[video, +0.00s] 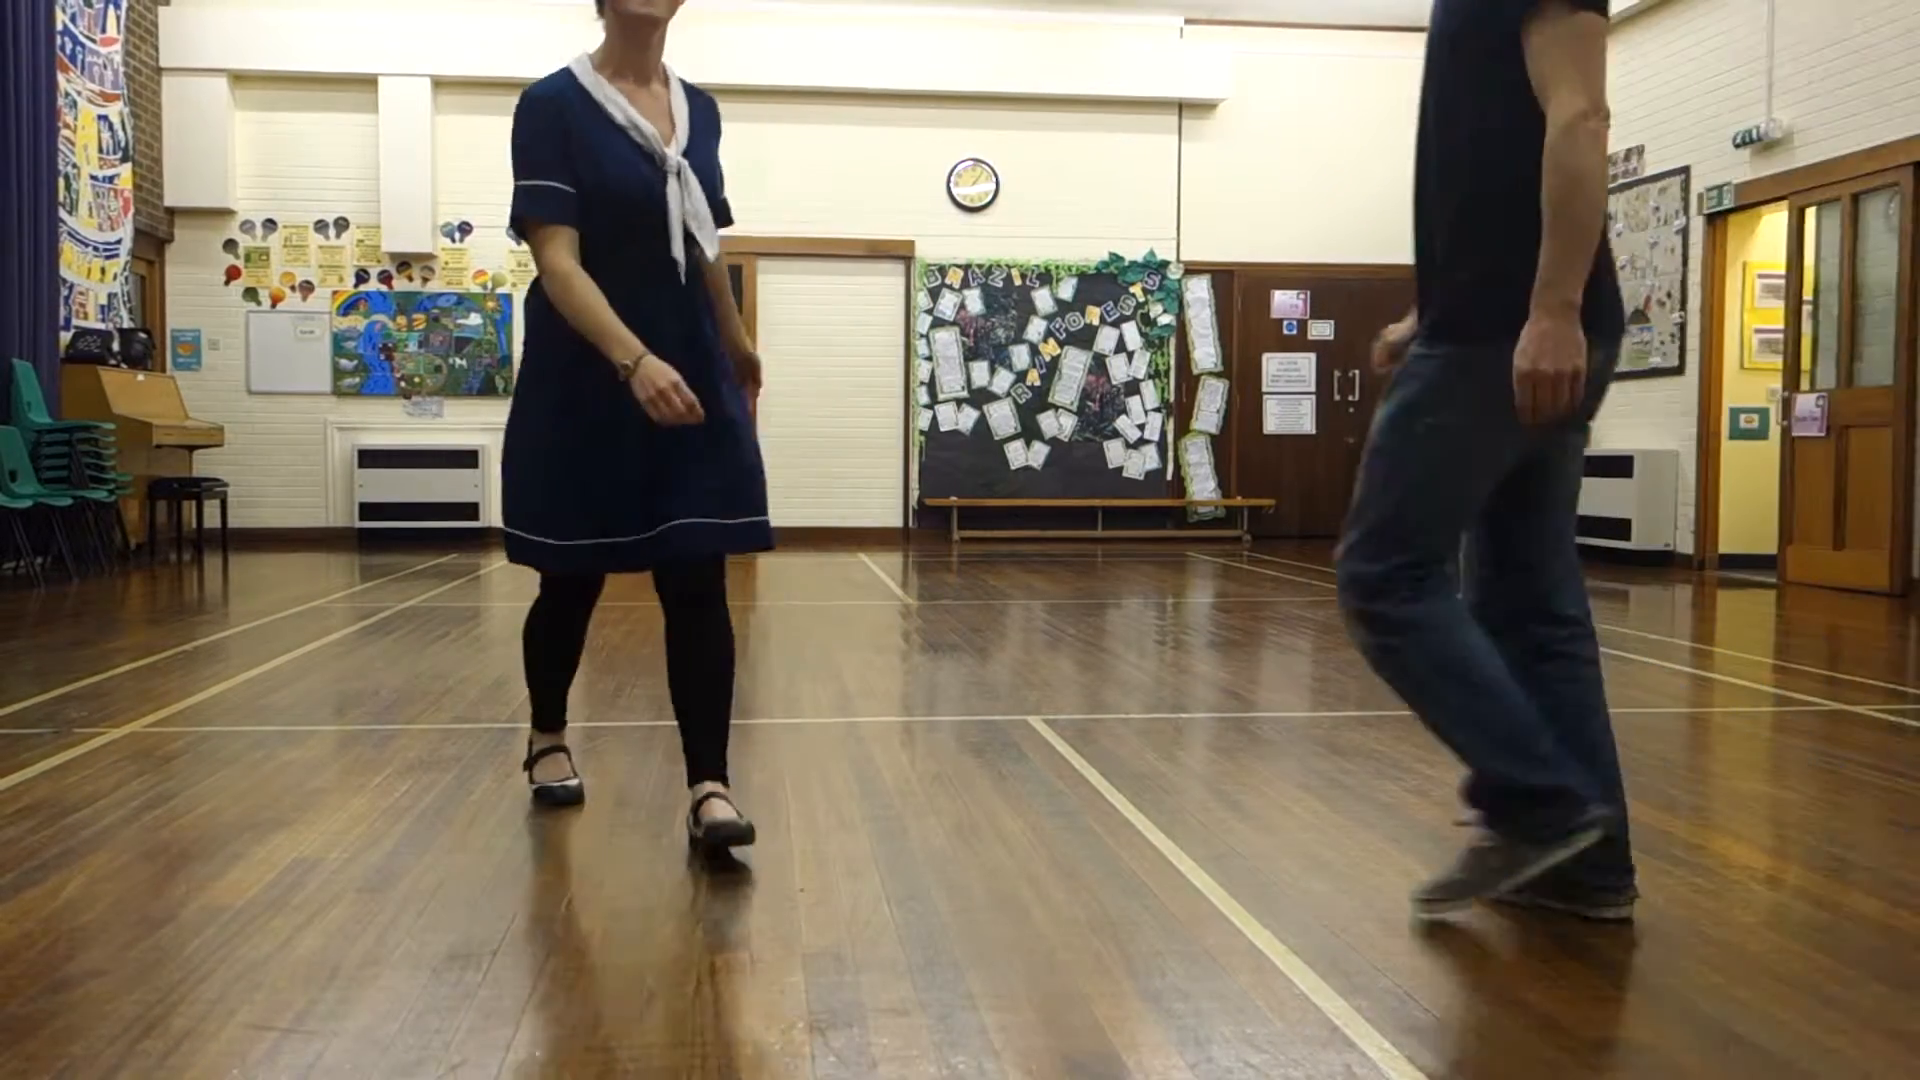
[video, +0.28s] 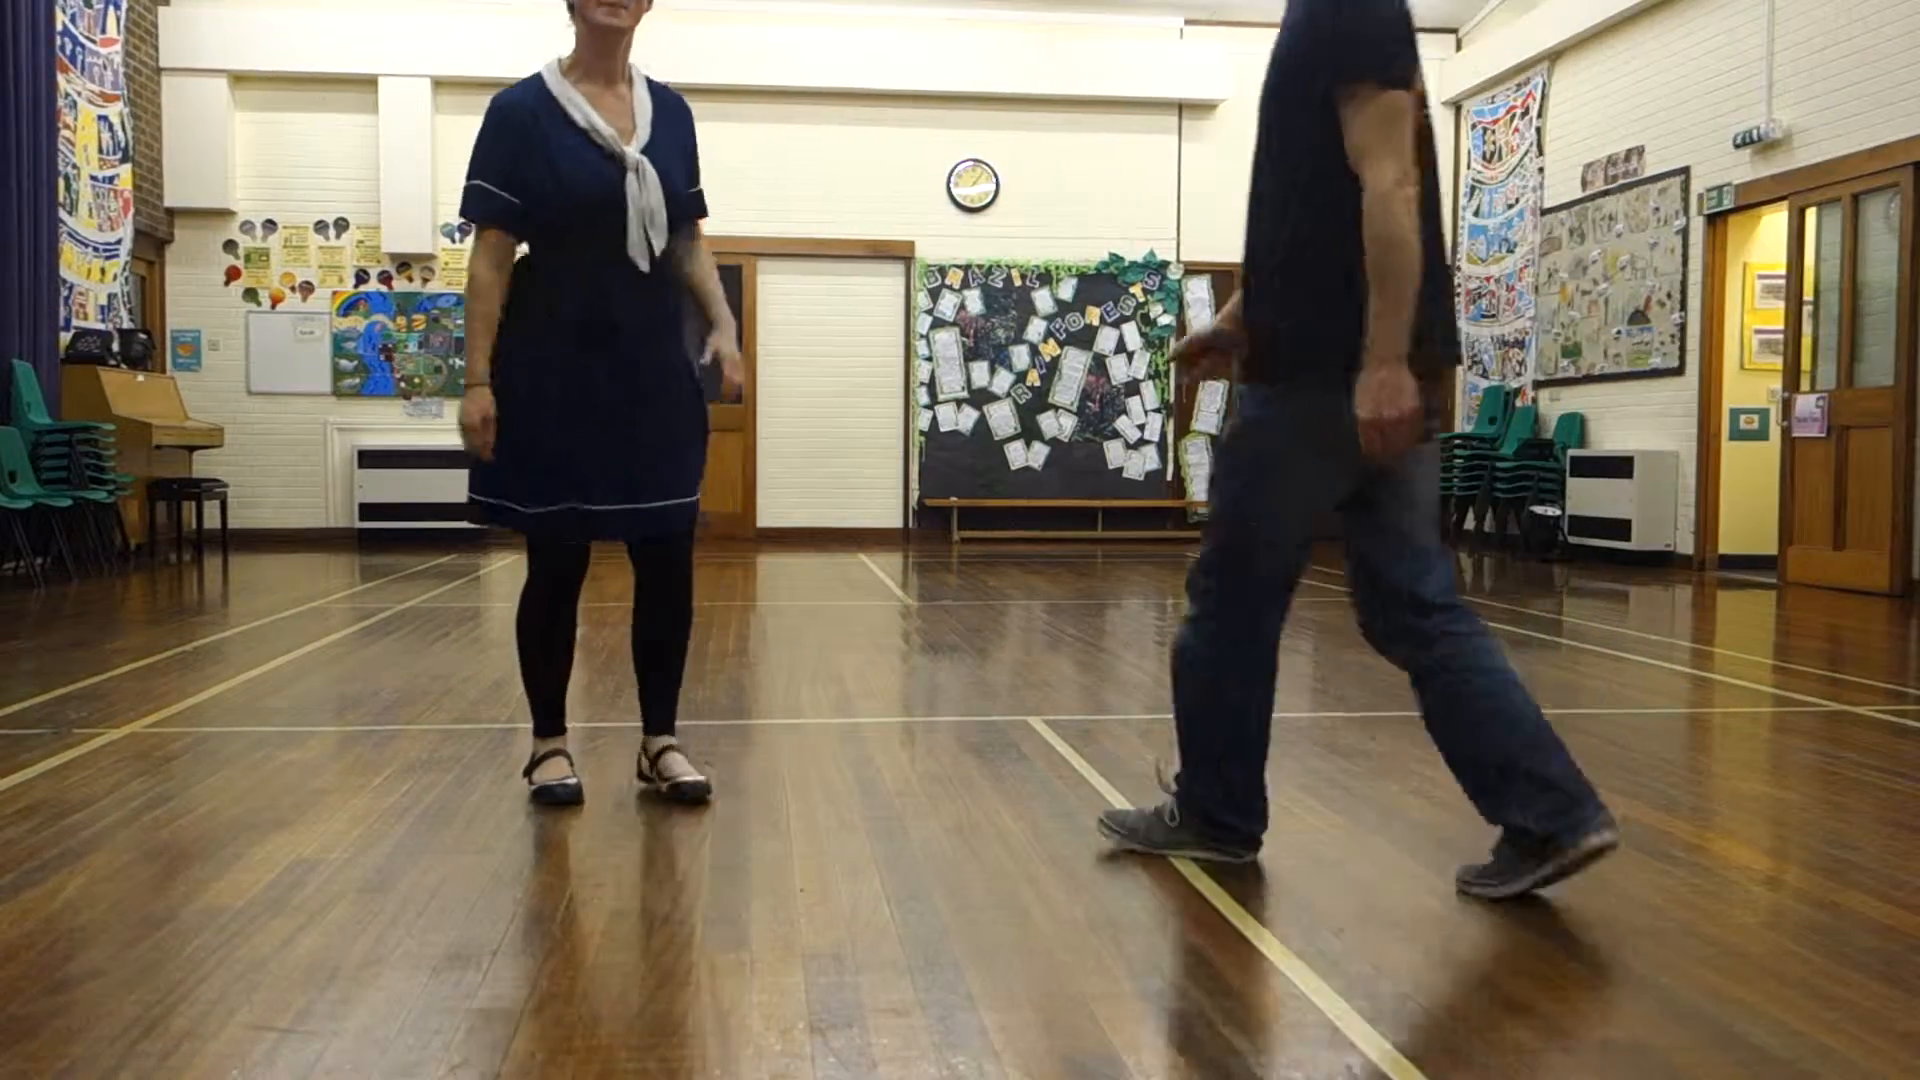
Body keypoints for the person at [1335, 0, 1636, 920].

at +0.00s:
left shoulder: (1547, 7)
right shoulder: (1474, 20)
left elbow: (1582, 121)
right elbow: (1505, 162)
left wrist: (1555, 309)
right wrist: (1431, 316)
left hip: (1490, 337)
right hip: (1538, 336)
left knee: (1384, 580)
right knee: (1534, 601)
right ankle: (1593, 860)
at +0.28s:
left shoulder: (1347, 12)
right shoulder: (1333, 24)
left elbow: (1392, 184)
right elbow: (1326, 205)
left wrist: (1387, 361)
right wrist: (1243, 323)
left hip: (1310, 379)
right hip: (1379, 378)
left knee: (1232, 600)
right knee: (1417, 610)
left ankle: (1216, 814)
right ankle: (1553, 813)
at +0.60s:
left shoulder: (1176, 18)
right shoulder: (1182, 25)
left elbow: (1147, 189)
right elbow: (1164, 197)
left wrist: (1024, 290)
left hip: (1171, 344)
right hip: (1176, 340)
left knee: (1160, 582)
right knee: (1089, 552)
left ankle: (1219, 815)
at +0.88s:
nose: (970, 4)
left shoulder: (1060, 56)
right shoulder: (1054, 60)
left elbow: (1062, 221)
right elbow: (1067, 221)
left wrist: (957, 318)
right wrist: (981, 305)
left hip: (1054, 364)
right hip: (1049, 362)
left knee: (1012, 569)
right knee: (983, 565)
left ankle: (1161, 732)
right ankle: (988, 759)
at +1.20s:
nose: (870, 5)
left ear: (904, 1)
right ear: (947, 7)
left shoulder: (935, 80)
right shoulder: (986, 85)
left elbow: (968, 225)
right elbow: (956, 240)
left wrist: (972, 358)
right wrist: (869, 322)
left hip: (925, 378)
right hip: (999, 374)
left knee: (870, 559)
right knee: (985, 576)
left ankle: (858, 735)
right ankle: (992, 756)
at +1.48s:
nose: (816, 14)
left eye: (827, 2)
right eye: (820, 2)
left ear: (863, 12)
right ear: (892, 17)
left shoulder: (872, 108)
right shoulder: (930, 109)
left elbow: (864, 251)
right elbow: (927, 255)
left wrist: (805, 361)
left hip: (864, 369)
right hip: (924, 367)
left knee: (830, 551)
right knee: (886, 538)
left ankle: (859, 727)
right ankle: (947, 669)